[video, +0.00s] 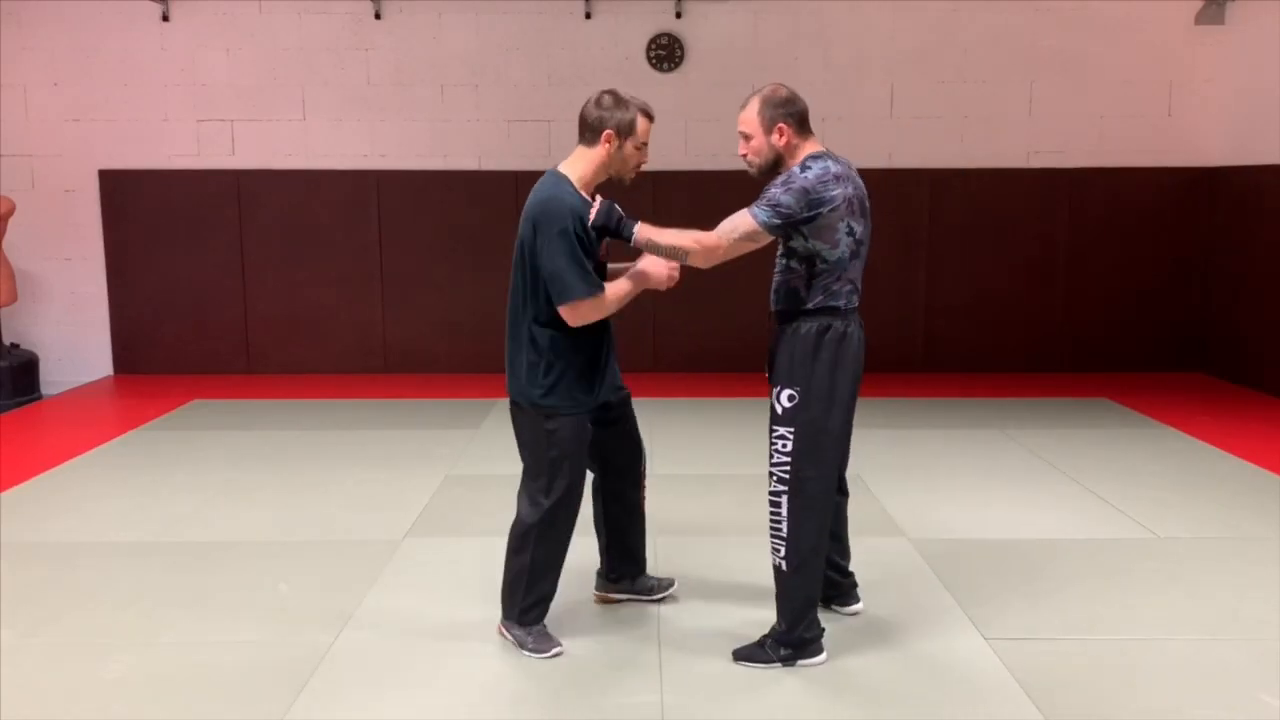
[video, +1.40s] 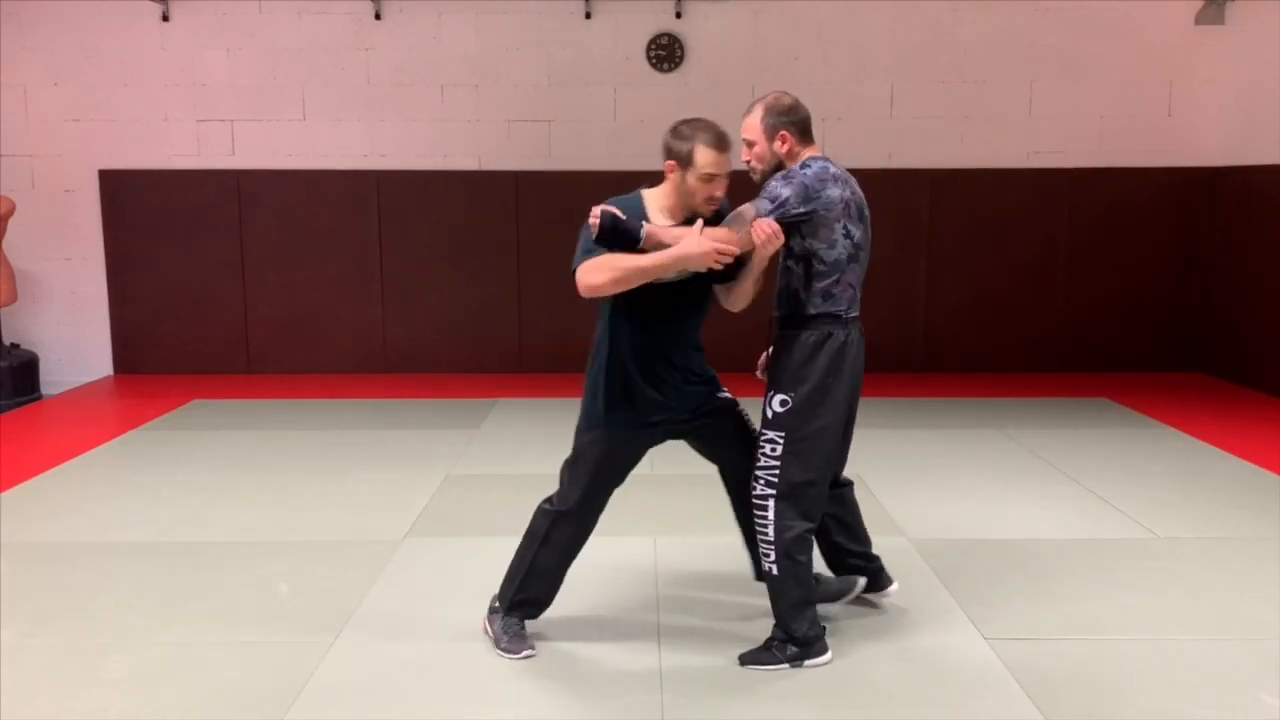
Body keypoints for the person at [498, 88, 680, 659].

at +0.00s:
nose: (644, 160)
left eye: (646, 149)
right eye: (640, 148)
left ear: (607, 141)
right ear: (610, 142)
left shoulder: (584, 195)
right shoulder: (557, 207)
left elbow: (604, 250)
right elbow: (577, 310)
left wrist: (652, 251)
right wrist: (637, 278)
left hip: (592, 373)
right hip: (549, 382)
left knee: (623, 468)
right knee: (550, 498)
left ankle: (620, 575)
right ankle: (520, 617)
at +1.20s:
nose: (642, 182)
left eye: (643, 169)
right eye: (635, 169)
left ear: (602, 165)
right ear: (597, 163)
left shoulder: (609, 216)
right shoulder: (541, 224)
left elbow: (634, 272)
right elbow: (567, 320)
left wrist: (697, 268)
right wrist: (651, 289)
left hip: (626, 377)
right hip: (569, 389)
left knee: (685, 467)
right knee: (550, 505)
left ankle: (644, 571)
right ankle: (505, 613)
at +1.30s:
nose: (670, 188)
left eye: (672, 175)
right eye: (661, 176)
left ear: (629, 171)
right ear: (622, 170)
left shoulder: (656, 218)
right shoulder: (564, 228)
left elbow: (696, 285)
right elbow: (582, 311)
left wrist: (744, 252)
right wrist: (664, 266)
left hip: (654, 378)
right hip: (590, 393)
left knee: (721, 467)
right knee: (563, 507)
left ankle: (711, 580)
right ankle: (507, 614)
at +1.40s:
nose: (720, 191)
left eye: (725, 178)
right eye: (709, 178)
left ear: (727, 176)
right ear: (673, 170)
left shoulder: (714, 229)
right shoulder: (615, 217)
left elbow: (734, 300)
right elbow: (590, 280)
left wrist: (759, 260)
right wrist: (680, 257)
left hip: (693, 390)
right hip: (622, 396)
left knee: (757, 472)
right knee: (576, 504)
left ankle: (790, 579)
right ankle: (510, 610)